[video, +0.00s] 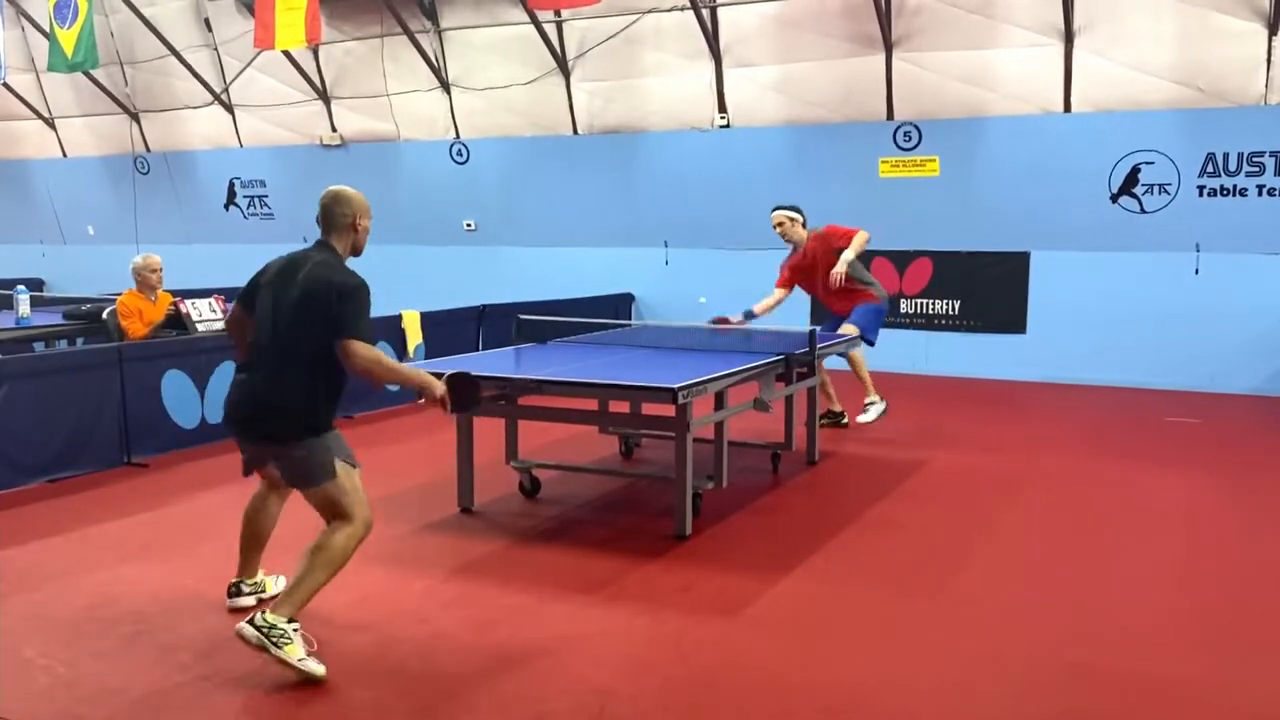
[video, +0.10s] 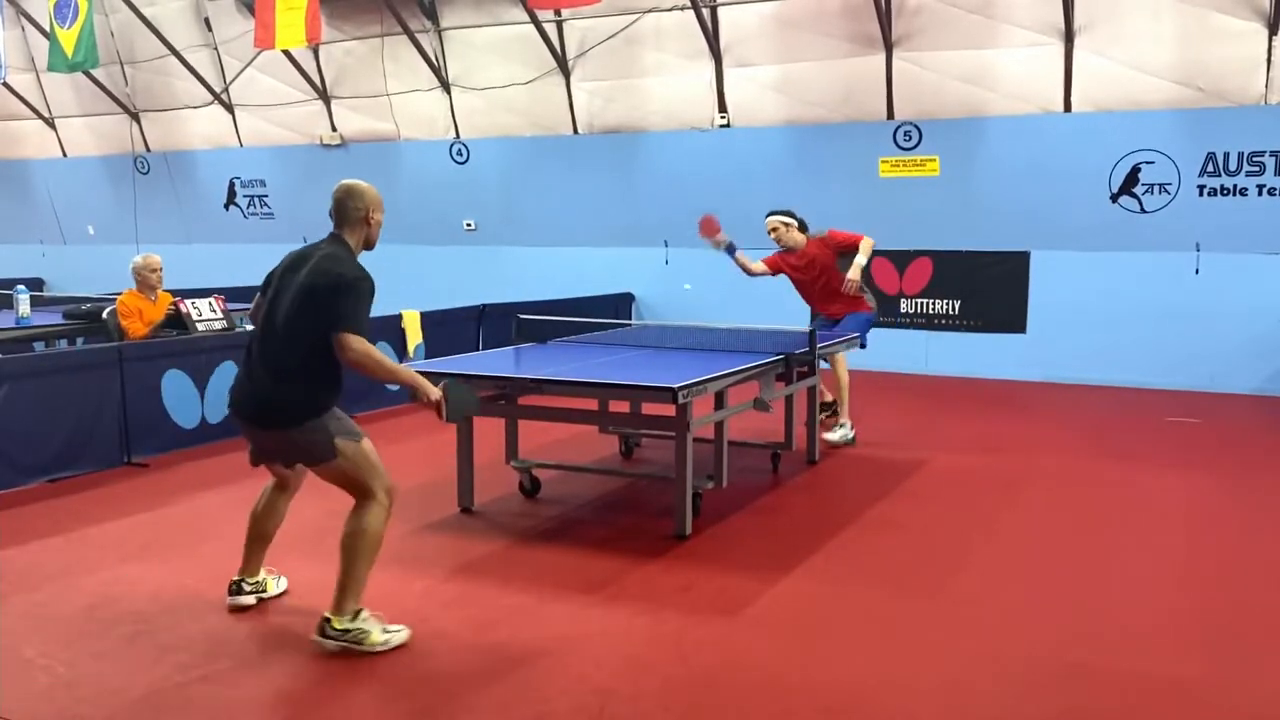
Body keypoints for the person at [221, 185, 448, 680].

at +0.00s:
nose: (369, 231)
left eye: (368, 222)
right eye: (368, 223)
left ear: (321, 223)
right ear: (356, 225)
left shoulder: (275, 269)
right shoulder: (346, 283)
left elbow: (236, 321)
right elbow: (358, 357)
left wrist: (255, 366)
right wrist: (421, 379)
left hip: (245, 408)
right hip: (297, 418)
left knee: (274, 482)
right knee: (354, 519)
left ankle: (245, 582)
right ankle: (278, 620)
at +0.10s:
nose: (382, 225)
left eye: (380, 217)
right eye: (380, 217)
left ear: (336, 218)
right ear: (368, 220)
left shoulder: (295, 259)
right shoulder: (350, 275)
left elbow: (258, 313)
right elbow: (349, 347)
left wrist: (306, 346)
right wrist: (411, 379)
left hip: (251, 401)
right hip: (302, 409)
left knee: (286, 478)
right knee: (377, 492)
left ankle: (247, 579)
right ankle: (344, 616)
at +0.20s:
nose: (390, 240)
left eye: (389, 230)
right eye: (386, 231)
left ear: (348, 230)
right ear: (372, 235)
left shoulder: (318, 272)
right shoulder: (353, 287)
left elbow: (294, 345)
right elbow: (350, 365)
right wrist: (408, 410)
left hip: (272, 407)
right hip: (310, 415)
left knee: (307, 473)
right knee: (390, 488)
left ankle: (249, 566)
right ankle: (373, 616)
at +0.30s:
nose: (399, 254)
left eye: (399, 245)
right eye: (396, 245)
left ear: (356, 245)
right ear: (383, 249)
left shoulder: (334, 281)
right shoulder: (349, 297)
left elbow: (338, 341)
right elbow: (315, 366)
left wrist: (375, 370)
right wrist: (358, 426)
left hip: (274, 415)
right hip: (303, 421)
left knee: (303, 474)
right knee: (391, 492)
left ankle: (253, 562)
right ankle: (371, 616)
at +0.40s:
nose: (400, 255)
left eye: (399, 247)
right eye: (398, 248)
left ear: (361, 246)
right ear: (385, 252)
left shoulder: (359, 284)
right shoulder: (327, 298)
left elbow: (356, 324)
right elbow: (267, 355)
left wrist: (392, 345)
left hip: (298, 400)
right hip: (286, 407)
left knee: (285, 473)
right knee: (354, 484)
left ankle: (237, 550)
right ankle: (366, 609)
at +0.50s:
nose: (392, 268)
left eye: (392, 261)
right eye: (391, 261)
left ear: (360, 259)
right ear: (377, 264)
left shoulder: (359, 294)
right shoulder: (310, 307)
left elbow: (371, 321)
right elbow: (235, 350)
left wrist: (407, 337)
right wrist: (199, 413)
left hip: (285, 401)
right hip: (256, 405)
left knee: (282, 463)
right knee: (332, 490)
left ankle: (230, 538)